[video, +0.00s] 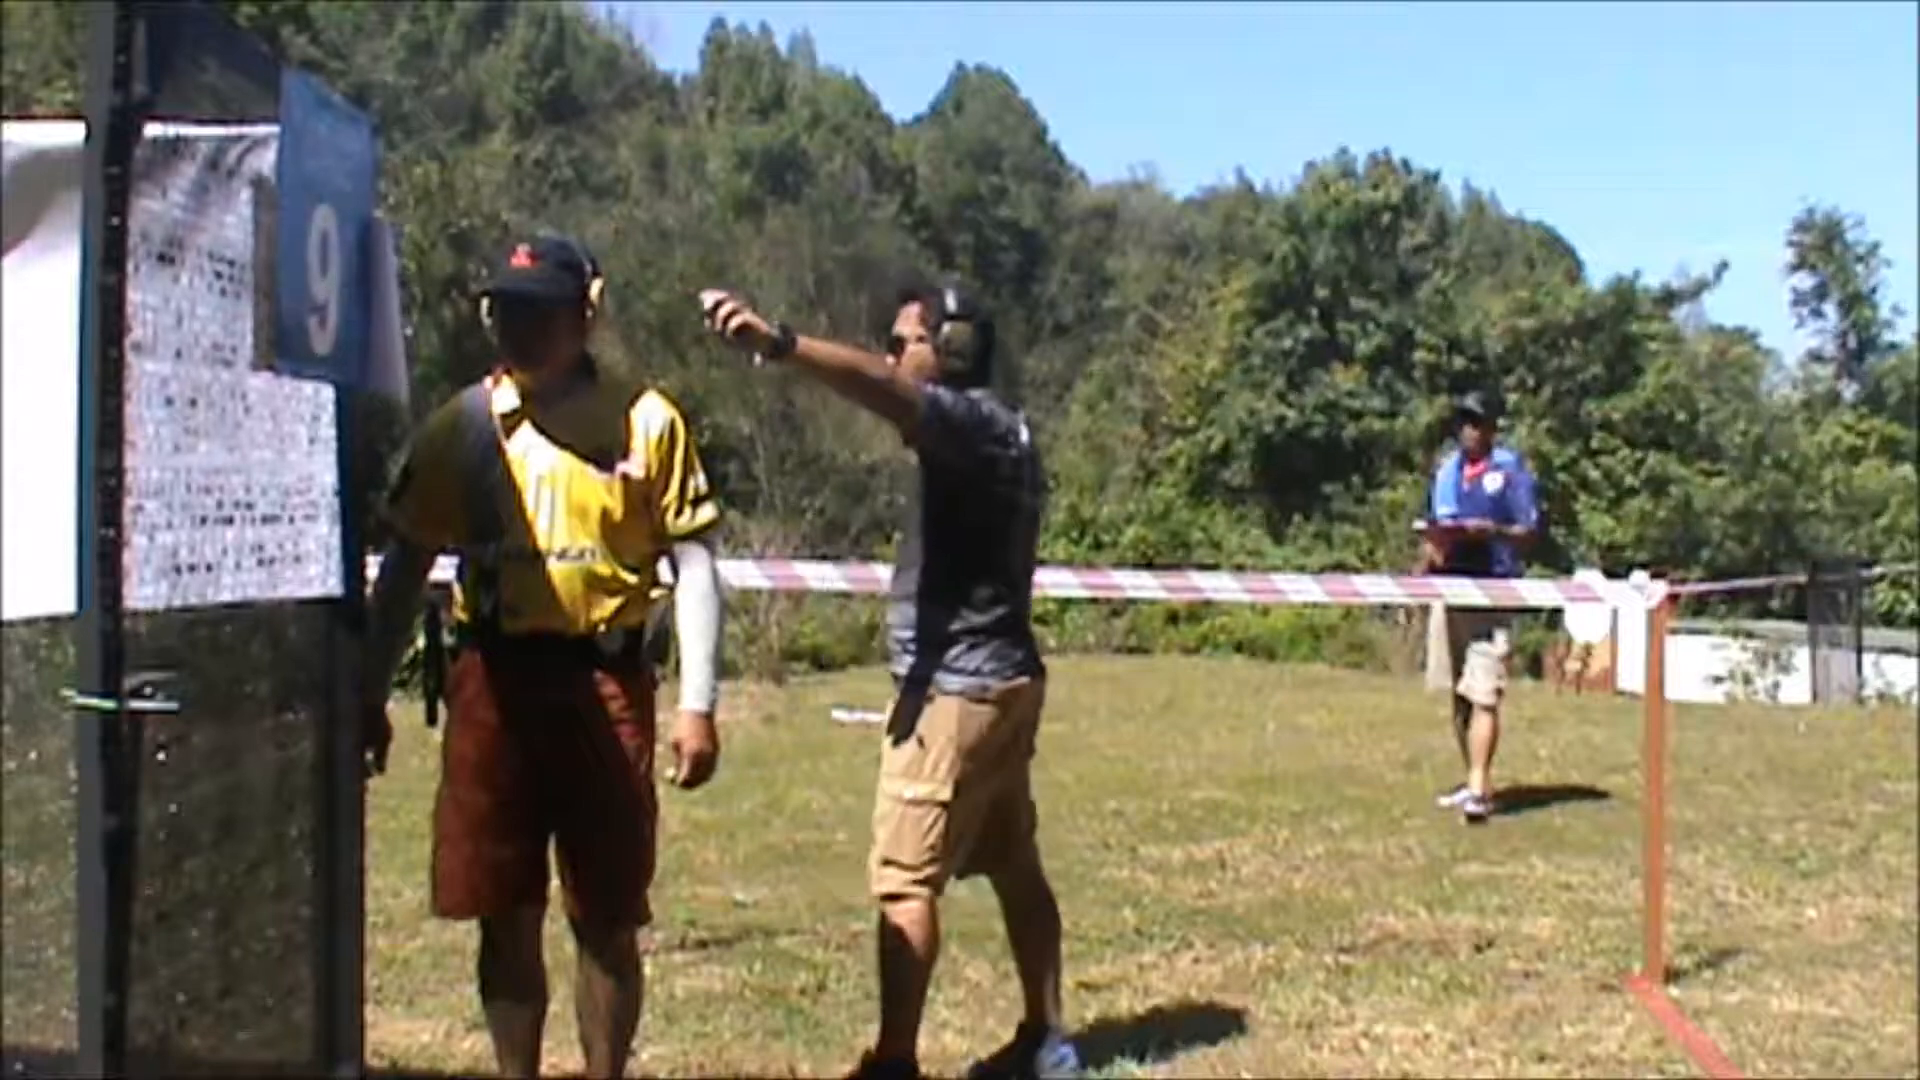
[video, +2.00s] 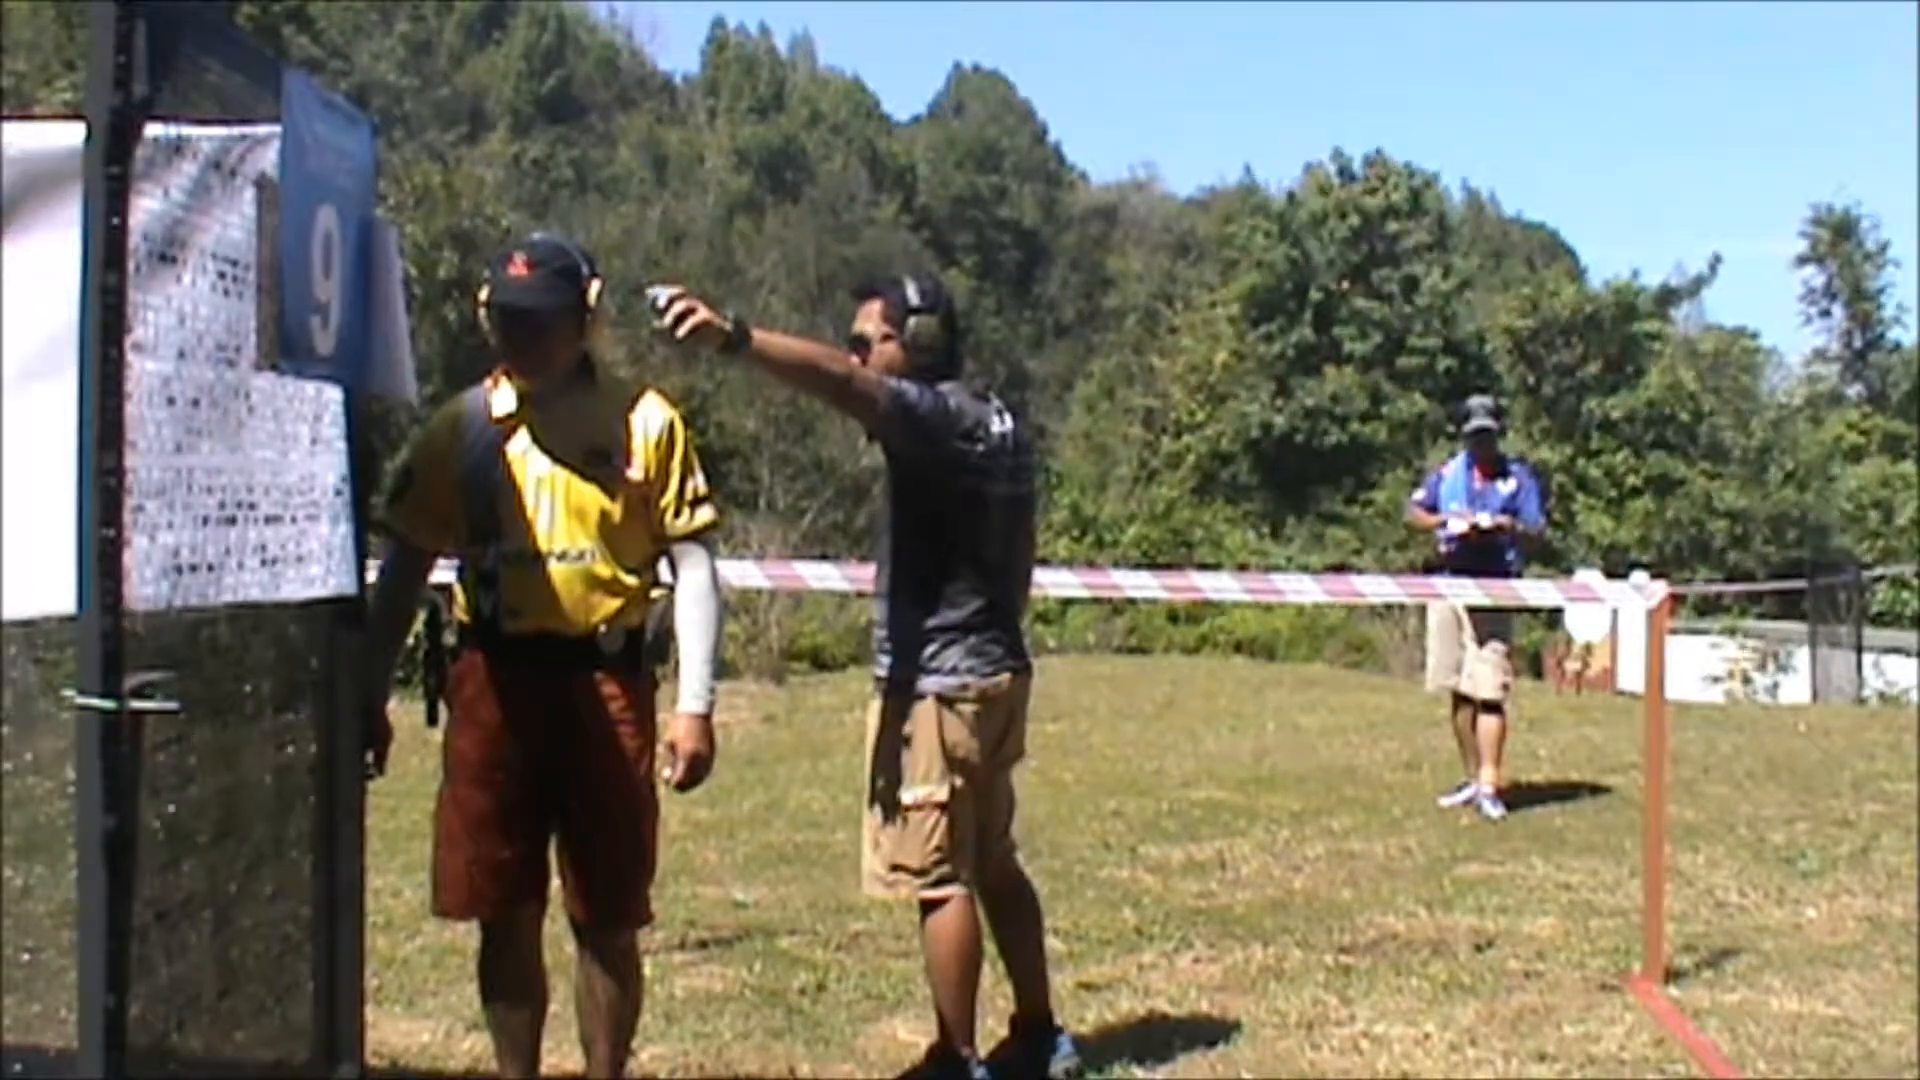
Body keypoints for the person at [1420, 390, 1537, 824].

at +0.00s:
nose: (1468, 433)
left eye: (1477, 425)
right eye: (1463, 424)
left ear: (1493, 429)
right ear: (1456, 429)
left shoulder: (1512, 469)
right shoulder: (1447, 469)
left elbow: (1530, 532)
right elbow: (1435, 522)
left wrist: (1490, 530)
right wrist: (1436, 539)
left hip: (1493, 588)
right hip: (1450, 587)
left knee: (1484, 691)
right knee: (1458, 691)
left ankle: (1480, 785)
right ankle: (1472, 777)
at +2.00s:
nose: (1482, 443)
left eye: (1488, 435)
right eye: (1474, 436)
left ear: (1501, 436)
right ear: (1463, 437)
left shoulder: (1520, 479)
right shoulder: (1447, 474)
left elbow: (1537, 535)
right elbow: (1415, 512)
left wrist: (1506, 526)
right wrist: (1444, 522)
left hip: (1494, 589)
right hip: (1450, 588)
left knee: (1490, 690)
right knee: (1459, 689)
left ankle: (1489, 783)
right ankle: (1471, 776)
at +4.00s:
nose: (1488, 437)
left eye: (1495, 428)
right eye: (1481, 429)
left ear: (1506, 431)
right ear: (1471, 431)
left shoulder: (1524, 477)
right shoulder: (1452, 473)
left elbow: (1543, 527)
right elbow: (1426, 517)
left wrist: (1506, 525)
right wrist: (1463, 525)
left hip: (1508, 587)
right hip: (1461, 587)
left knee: (1515, 684)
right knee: (1466, 688)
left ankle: (1520, 778)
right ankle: (1477, 778)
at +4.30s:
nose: (1516, 442)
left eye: (1522, 434)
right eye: (1509, 434)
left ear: (1534, 436)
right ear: (1498, 436)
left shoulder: (1554, 480)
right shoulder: (1488, 477)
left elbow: (1569, 530)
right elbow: (1471, 521)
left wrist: (1541, 523)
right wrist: (1500, 519)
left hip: (1533, 589)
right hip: (1488, 588)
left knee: (1542, 686)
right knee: (1484, 689)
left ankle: (1568, 773)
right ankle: (1470, 771)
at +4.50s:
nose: (1544, 436)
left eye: (1549, 425)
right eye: (1535, 426)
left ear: (1560, 431)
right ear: (1520, 433)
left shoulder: (1572, 481)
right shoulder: (1506, 481)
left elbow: (1588, 527)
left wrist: (1551, 526)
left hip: (1552, 592)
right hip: (1507, 591)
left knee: (1560, 688)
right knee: (1516, 690)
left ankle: (1569, 774)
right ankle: (1517, 772)